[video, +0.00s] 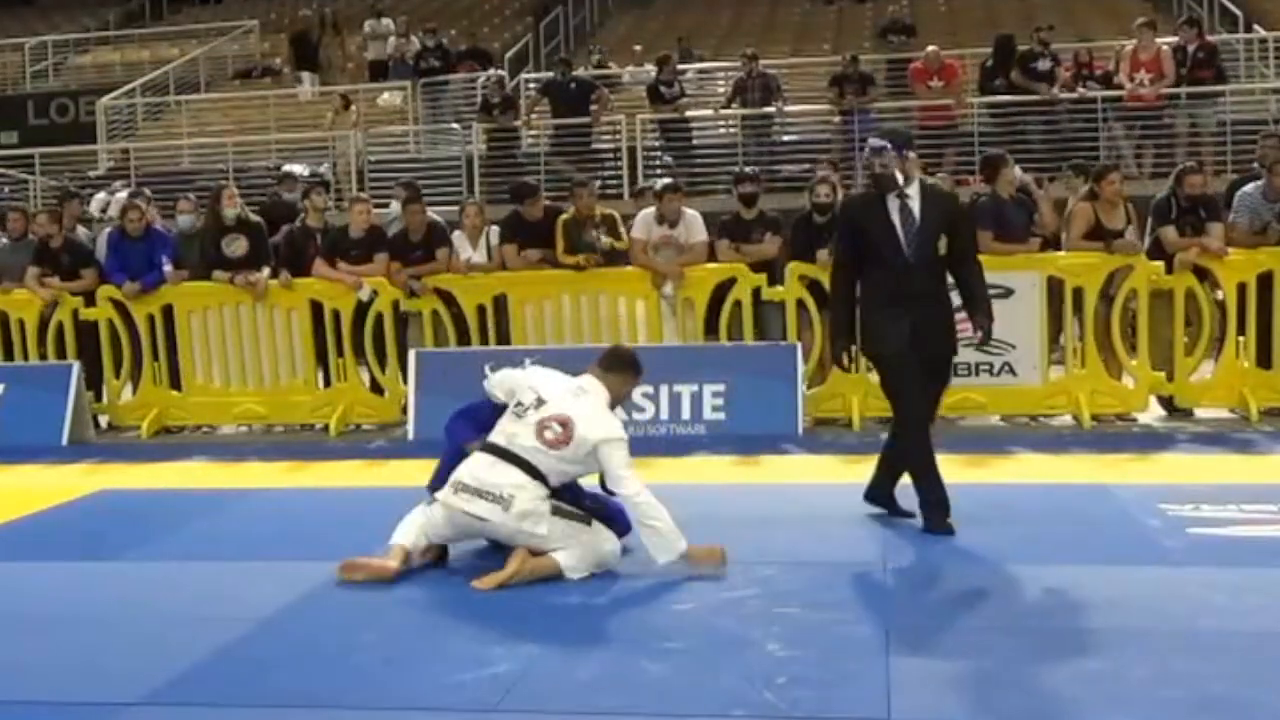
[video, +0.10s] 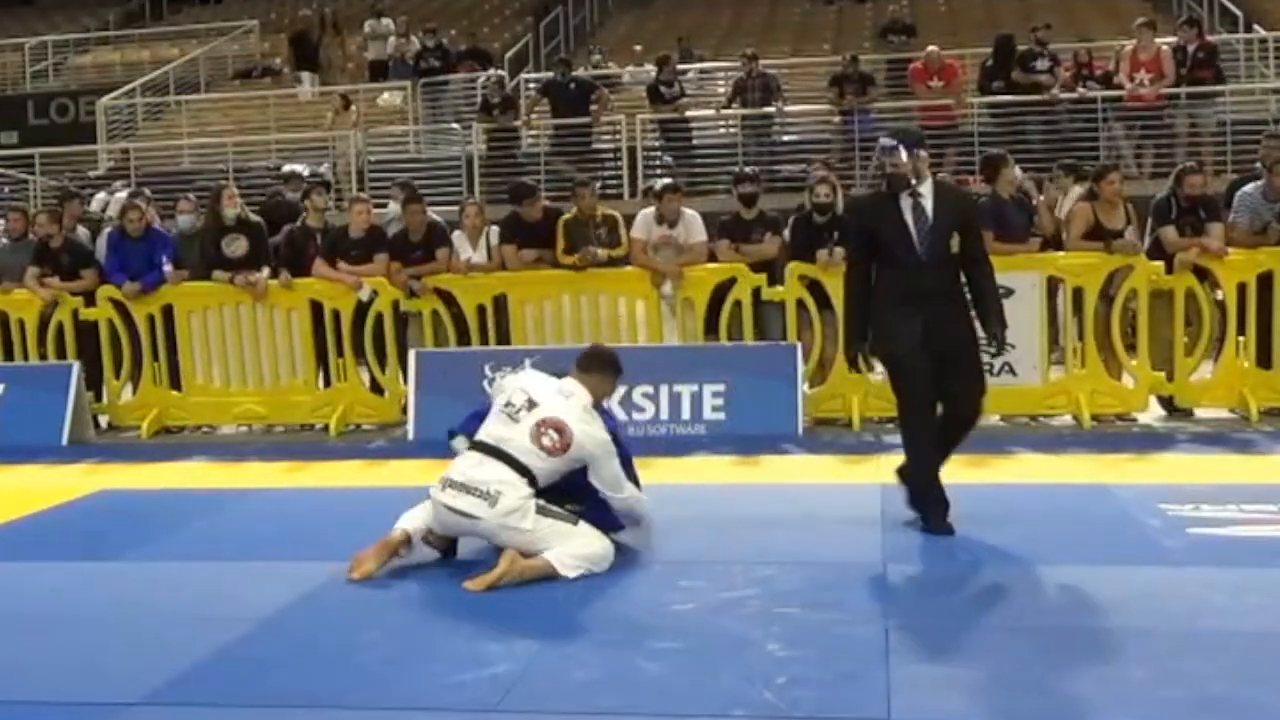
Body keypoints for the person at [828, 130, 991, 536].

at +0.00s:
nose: (874, 166)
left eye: (882, 158)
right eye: (870, 160)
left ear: (908, 160)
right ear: (867, 166)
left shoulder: (944, 203)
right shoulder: (856, 211)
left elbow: (964, 260)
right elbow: (842, 278)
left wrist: (980, 311)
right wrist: (841, 336)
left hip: (934, 321)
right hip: (884, 323)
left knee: (919, 412)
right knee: (911, 413)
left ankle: (881, 486)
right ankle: (935, 511)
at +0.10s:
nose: (890, 169)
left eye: (898, 159)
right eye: (885, 161)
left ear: (922, 160)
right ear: (883, 165)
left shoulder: (956, 201)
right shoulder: (867, 210)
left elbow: (977, 263)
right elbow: (857, 276)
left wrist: (993, 319)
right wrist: (855, 336)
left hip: (951, 321)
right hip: (899, 325)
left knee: (967, 405)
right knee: (918, 414)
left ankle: (917, 470)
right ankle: (934, 511)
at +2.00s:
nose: (951, 162)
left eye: (953, 154)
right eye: (951, 154)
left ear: (968, 151)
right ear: (989, 151)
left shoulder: (978, 198)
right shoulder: (1017, 195)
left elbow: (971, 269)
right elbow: (1008, 269)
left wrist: (950, 320)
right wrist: (957, 314)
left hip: (971, 322)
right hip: (1006, 320)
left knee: (946, 402)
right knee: (1007, 403)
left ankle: (954, 494)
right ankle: (1016, 493)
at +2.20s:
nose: (932, 162)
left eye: (935, 154)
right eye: (932, 155)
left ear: (951, 154)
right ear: (972, 155)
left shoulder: (955, 198)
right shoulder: (1006, 199)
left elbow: (947, 270)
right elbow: (1012, 269)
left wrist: (928, 327)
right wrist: (996, 309)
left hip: (957, 321)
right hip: (999, 321)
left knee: (937, 407)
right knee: (1004, 407)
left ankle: (914, 480)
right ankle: (1012, 493)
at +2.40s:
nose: (905, 167)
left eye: (908, 159)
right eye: (906, 159)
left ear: (923, 158)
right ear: (945, 158)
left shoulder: (924, 203)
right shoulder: (985, 200)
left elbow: (917, 274)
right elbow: (994, 267)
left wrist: (904, 330)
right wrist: (987, 307)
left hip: (935, 321)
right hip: (981, 319)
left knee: (931, 408)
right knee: (991, 401)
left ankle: (924, 483)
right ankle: (1008, 490)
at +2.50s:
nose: (893, 168)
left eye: (895, 161)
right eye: (893, 162)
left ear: (907, 158)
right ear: (933, 157)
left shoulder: (912, 204)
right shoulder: (972, 196)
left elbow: (905, 273)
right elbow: (981, 262)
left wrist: (890, 328)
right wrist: (973, 305)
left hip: (924, 320)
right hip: (970, 317)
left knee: (924, 408)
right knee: (976, 396)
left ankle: (922, 484)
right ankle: (1002, 481)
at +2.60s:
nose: (879, 170)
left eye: (881, 163)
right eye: (879, 163)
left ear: (895, 159)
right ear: (916, 157)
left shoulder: (898, 205)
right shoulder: (956, 195)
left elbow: (891, 270)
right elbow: (970, 257)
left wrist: (881, 310)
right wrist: (960, 300)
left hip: (914, 318)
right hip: (957, 314)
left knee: (914, 400)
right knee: (949, 392)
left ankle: (921, 483)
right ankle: (988, 468)